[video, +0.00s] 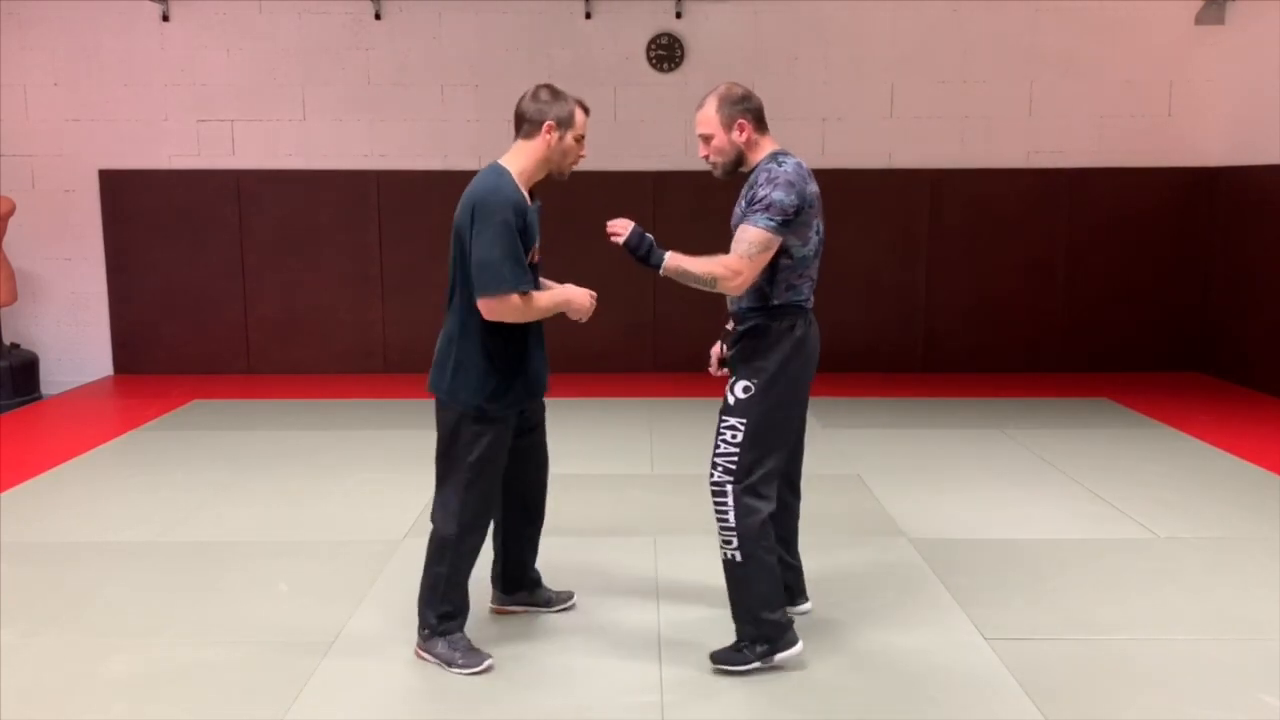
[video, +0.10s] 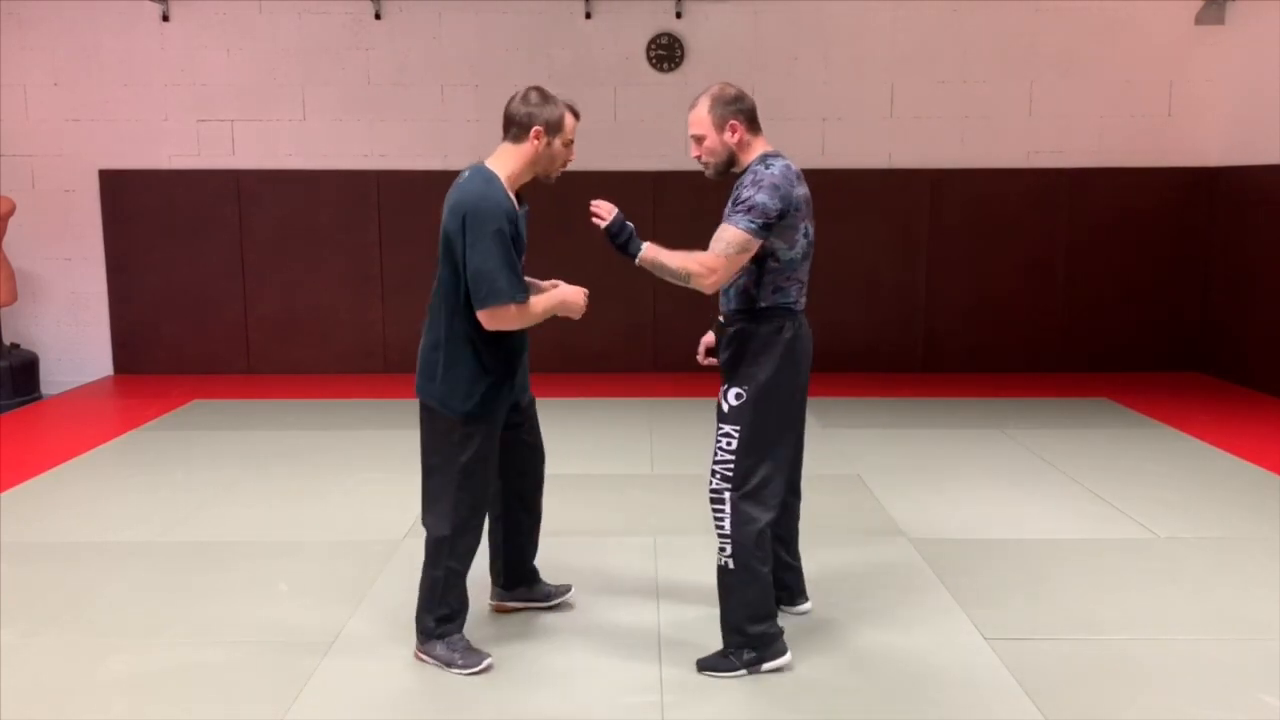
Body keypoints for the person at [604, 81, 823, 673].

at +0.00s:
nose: (703, 151)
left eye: (708, 139)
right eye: (700, 139)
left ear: (743, 131)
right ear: (744, 132)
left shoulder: (780, 180)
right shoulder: (769, 176)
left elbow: (739, 272)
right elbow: (765, 277)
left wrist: (656, 255)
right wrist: (734, 336)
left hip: (774, 340)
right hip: (776, 337)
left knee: (733, 481)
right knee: (775, 474)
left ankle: (766, 634)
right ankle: (785, 589)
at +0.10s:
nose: (694, 152)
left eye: (699, 139)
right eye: (692, 140)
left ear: (735, 132)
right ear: (737, 133)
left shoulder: (767, 183)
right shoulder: (770, 175)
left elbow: (710, 272)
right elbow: (766, 272)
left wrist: (631, 243)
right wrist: (728, 329)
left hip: (765, 342)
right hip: (773, 339)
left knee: (732, 486)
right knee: (771, 474)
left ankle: (754, 642)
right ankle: (783, 586)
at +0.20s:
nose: (684, 152)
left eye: (688, 139)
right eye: (681, 140)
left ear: (723, 131)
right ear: (729, 131)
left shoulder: (748, 188)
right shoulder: (779, 175)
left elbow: (671, 269)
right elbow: (765, 266)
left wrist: (594, 238)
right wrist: (727, 320)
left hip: (758, 344)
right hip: (780, 339)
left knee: (736, 491)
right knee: (774, 477)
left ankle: (755, 643)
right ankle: (785, 584)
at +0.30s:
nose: (669, 153)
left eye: (673, 141)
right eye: (667, 141)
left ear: (707, 135)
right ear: (719, 133)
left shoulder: (720, 190)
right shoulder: (775, 172)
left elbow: (623, 252)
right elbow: (769, 259)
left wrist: (535, 242)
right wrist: (731, 314)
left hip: (758, 346)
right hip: (788, 338)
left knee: (737, 495)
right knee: (776, 474)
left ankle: (755, 645)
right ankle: (782, 578)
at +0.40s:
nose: (657, 155)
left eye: (661, 143)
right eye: (655, 143)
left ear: (692, 138)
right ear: (712, 133)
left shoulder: (706, 194)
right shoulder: (775, 173)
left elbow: (604, 252)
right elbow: (793, 264)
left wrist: (524, 236)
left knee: (735, 494)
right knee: (768, 471)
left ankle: (756, 647)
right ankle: (778, 574)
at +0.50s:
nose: (655, 155)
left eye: (658, 143)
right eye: (653, 144)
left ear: (688, 137)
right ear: (708, 133)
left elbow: (599, 250)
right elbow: (803, 264)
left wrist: (522, 228)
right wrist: (773, 317)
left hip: (749, 346)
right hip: (784, 338)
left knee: (736, 496)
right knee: (762, 477)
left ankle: (757, 645)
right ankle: (767, 577)